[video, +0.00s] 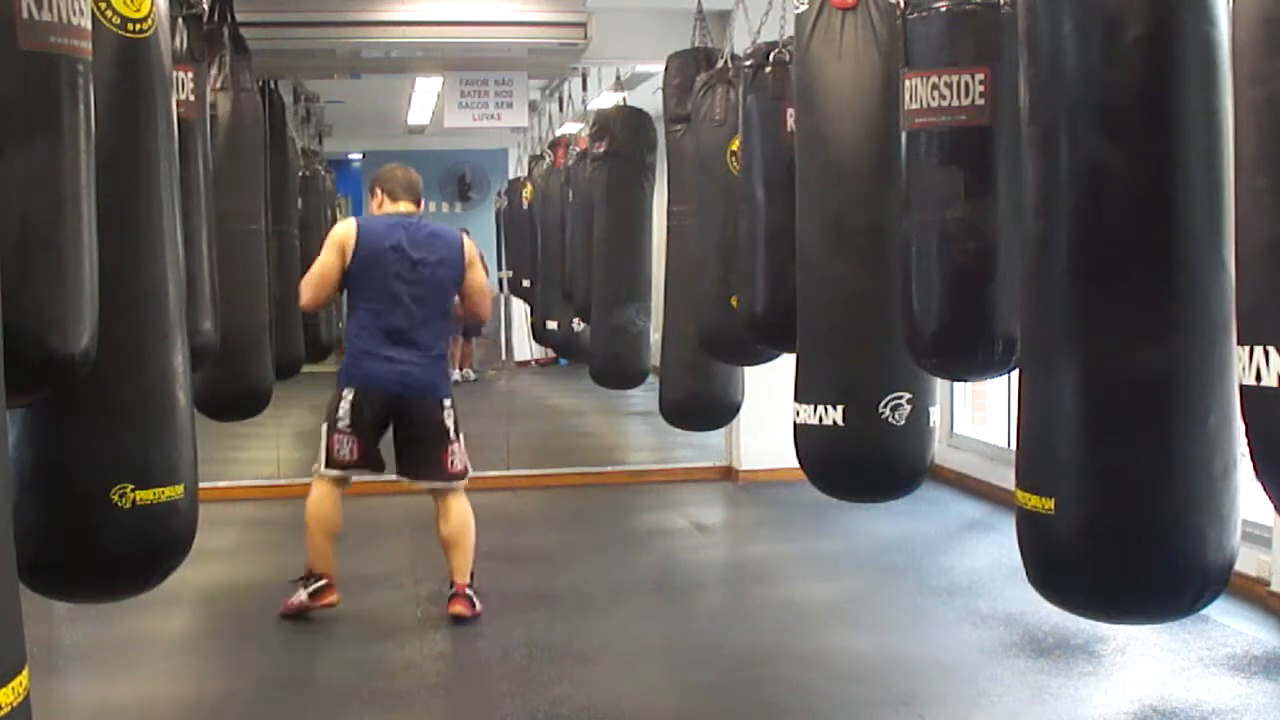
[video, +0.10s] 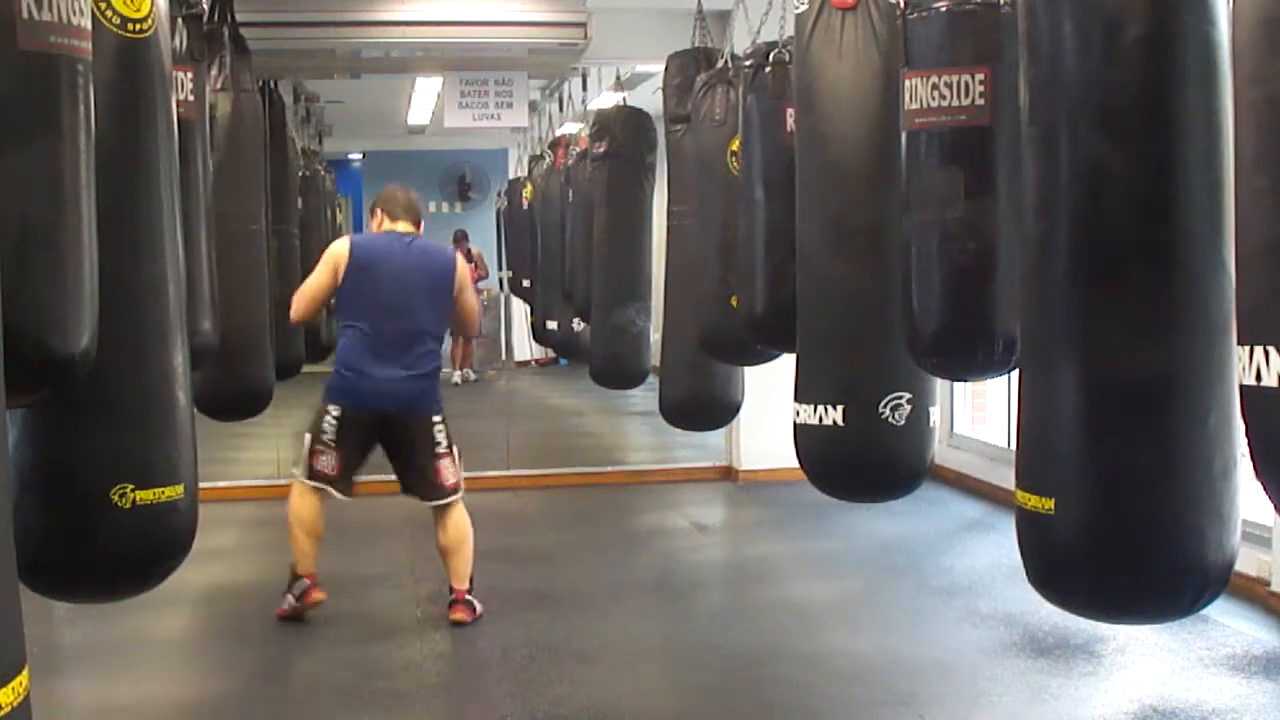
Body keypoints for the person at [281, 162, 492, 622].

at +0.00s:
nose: (369, 206)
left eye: (370, 200)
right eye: (372, 202)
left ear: (378, 199)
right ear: (421, 203)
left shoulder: (350, 232)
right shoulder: (459, 243)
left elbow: (309, 298)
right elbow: (480, 312)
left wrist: (345, 269)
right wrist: (439, 301)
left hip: (363, 382)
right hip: (428, 387)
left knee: (329, 479)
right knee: (450, 490)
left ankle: (319, 580)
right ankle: (462, 589)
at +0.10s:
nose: (367, 225)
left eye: (369, 219)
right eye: (370, 221)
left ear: (378, 218)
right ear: (421, 225)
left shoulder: (345, 250)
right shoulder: (451, 262)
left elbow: (299, 312)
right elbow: (470, 324)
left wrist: (334, 284)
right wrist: (433, 295)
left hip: (352, 398)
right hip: (417, 402)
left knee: (308, 484)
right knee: (447, 500)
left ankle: (303, 581)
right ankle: (461, 594)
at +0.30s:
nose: (331, 248)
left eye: (334, 242)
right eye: (336, 244)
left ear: (338, 241)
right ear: (378, 246)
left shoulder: (308, 264)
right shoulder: (412, 279)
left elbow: (271, 330)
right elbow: (432, 351)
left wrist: (309, 324)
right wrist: (403, 343)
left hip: (319, 406)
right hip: (382, 411)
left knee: (270, 500)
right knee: (427, 504)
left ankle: (251, 598)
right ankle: (457, 588)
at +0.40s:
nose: (293, 246)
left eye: (294, 239)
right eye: (294, 240)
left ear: (304, 232)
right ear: (334, 235)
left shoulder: (305, 252)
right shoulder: (375, 284)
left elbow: (249, 296)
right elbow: (398, 350)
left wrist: (248, 273)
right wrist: (363, 379)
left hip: (313, 401)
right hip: (369, 406)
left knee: (257, 494)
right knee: (383, 500)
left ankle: (248, 599)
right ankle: (453, 570)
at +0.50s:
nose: (279, 240)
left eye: (280, 233)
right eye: (279, 235)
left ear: (292, 229)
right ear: (323, 229)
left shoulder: (305, 248)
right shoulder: (345, 269)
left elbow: (245, 293)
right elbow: (325, 344)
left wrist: (245, 256)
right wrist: (273, 344)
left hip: (316, 396)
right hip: (364, 397)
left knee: (255, 489)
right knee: (365, 496)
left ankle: (250, 596)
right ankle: (447, 553)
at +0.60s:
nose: (272, 252)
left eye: (274, 246)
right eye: (273, 247)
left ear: (286, 243)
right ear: (319, 246)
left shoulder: (283, 262)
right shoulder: (352, 284)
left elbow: (235, 323)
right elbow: (362, 355)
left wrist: (258, 280)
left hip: (311, 399)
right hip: (363, 402)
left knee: (246, 492)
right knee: (376, 497)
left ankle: (251, 593)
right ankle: (431, 572)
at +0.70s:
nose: (273, 264)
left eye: (274, 259)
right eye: (273, 259)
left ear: (285, 256)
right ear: (324, 254)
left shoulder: (274, 280)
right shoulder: (370, 285)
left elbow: (238, 346)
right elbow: (410, 345)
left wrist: (253, 298)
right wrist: (386, 374)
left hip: (311, 412)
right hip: (367, 415)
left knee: (246, 495)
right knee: (386, 500)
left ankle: (251, 593)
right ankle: (438, 575)